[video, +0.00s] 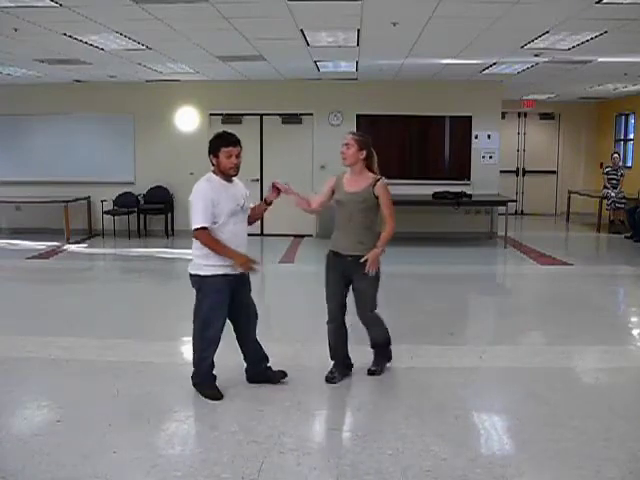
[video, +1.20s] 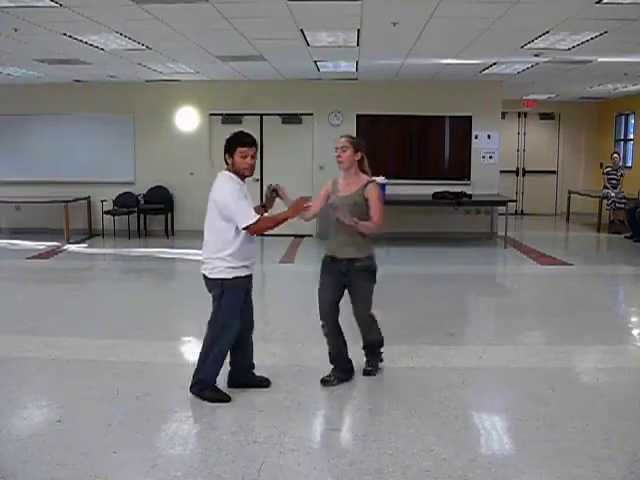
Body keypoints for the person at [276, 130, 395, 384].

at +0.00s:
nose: (342, 151)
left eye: (348, 147)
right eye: (342, 146)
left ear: (362, 152)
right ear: (349, 152)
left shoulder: (377, 184)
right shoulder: (338, 181)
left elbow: (390, 224)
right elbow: (312, 206)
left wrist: (378, 250)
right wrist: (289, 192)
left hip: (364, 259)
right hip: (336, 257)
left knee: (365, 313)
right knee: (334, 315)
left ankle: (382, 350)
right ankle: (341, 364)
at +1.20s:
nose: (338, 155)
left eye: (344, 150)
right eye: (337, 151)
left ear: (357, 155)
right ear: (336, 155)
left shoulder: (370, 187)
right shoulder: (332, 185)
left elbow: (376, 226)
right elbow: (309, 213)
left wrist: (352, 222)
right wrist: (285, 197)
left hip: (360, 262)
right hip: (333, 261)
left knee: (362, 314)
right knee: (327, 317)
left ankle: (373, 353)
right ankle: (342, 368)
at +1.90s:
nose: (322, 153)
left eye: (328, 148)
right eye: (320, 148)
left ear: (341, 153)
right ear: (318, 154)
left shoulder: (347, 186)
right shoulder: (324, 185)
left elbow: (341, 226)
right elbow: (323, 217)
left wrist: (311, 220)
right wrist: (306, 204)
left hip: (338, 264)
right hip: (316, 261)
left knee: (329, 323)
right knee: (302, 315)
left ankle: (326, 381)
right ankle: (326, 362)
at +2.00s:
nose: (327, 153)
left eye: (332, 148)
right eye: (324, 148)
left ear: (344, 153)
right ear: (322, 154)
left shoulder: (353, 185)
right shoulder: (326, 183)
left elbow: (349, 224)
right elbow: (321, 215)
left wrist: (321, 219)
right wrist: (305, 196)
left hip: (343, 264)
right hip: (320, 260)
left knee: (331, 320)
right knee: (317, 318)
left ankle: (328, 377)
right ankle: (334, 365)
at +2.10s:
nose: (332, 154)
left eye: (337, 149)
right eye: (329, 150)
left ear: (350, 153)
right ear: (328, 154)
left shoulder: (360, 184)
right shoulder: (331, 184)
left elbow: (355, 220)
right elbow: (322, 217)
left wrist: (327, 212)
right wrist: (303, 197)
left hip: (349, 262)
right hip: (326, 259)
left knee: (336, 318)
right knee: (324, 318)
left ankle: (343, 371)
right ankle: (331, 367)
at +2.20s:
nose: (338, 155)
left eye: (343, 150)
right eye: (336, 151)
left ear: (357, 153)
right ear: (335, 155)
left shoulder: (368, 183)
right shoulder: (342, 183)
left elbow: (360, 215)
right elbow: (326, 209)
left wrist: (330, 210)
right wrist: (299, 197)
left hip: (357, 262)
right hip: (334, 259)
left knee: (345, 317)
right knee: (329, 319)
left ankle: (371, 358)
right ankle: (335, 367)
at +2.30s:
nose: (345, 157)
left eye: (349, 152)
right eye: (343, 153)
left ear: (364, 154)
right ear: (347, 156)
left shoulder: (378, 184)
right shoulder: (353, 183)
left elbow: (362, 213)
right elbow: (337, 208)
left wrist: (333, 209)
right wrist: (302, 205)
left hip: (369, 263)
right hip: (345, 258)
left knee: (360, 318)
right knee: (329, 312)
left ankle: (385, 363)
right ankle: (333, 365)